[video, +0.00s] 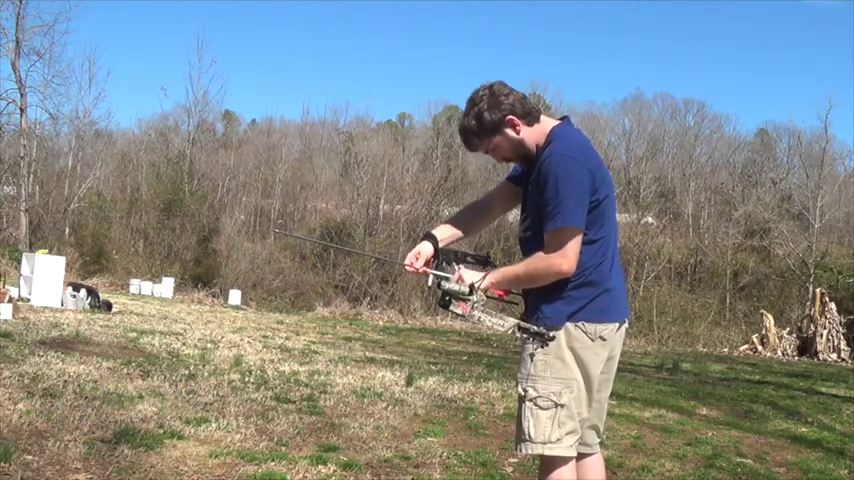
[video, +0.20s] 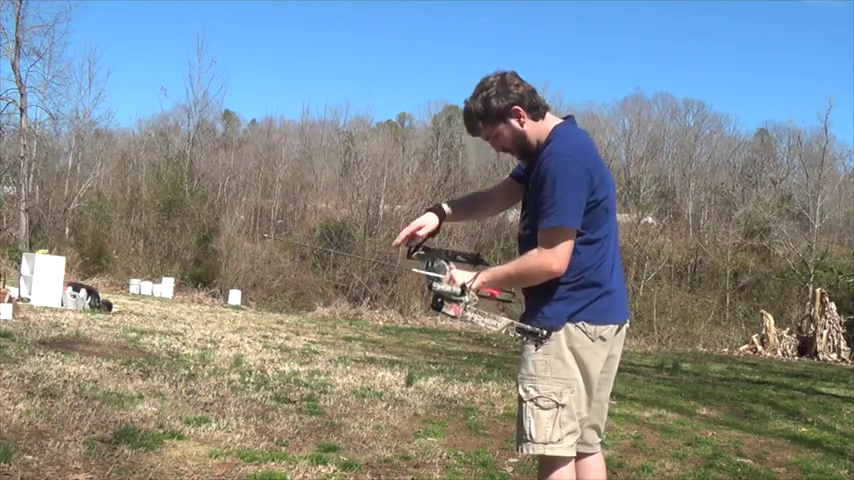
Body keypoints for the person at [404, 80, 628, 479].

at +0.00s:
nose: (496, 158)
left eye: (493, 148)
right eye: (489, 153)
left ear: (513, 123)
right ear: (516, 121)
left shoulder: (562, 157)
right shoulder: (549, 149)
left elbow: (562, 261)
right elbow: (492, 205)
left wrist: (488, 279)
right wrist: (433, 239)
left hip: (569, 319)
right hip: (590, 317)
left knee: (557, 450)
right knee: (585, 446)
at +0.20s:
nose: (495, 148)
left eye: (494, 136)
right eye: (489, 140)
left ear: (518, 116)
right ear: (520, 115)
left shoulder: (562, 155)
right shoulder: (554, 146)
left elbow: (553, 260)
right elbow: (498, 198)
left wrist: (480, 277)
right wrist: (440, 214)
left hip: (569, 320)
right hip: (593, 317)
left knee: (555, 450)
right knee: (586, 445)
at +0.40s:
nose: (494, 140)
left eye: (492, 127)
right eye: (489, 130)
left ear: (519, 108)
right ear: (525, 107)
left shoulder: (555, 153)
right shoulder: (580, 139)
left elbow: (536, 262)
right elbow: (566, 219)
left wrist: (466, 289)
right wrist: (508, 199)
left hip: (566, 317)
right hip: (604, 314)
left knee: (555, 450)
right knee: (587, 443)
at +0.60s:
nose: (492, 138)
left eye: (489, 126)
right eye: (486, 129)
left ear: (514, 107)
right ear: (522, 106)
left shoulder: (541, 152)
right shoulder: (588, 141)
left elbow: (524, 256)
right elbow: (589, 239)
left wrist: (461, 301)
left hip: (565, 317)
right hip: (609, 314)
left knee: (554, 450)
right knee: (589, 444)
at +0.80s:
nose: (497, 145)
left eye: (492, 132)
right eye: (490, 137)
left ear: (510, 109)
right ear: (527, 106)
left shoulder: (532, 151)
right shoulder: (598, 141)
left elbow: (520, 254)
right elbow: (594, 236)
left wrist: (472, 311)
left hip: (566, 316)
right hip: (618, 313)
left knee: (555, 451)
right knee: (597, 447)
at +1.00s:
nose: (502, 149)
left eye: (497, 139)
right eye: (495, 143)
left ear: (508, 113)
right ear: (544, 109)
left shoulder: (530, 150)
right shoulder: (602, 143)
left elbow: (522, 252)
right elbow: (590, 245)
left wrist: (479, 315)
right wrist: (537, 330)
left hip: (567, 315)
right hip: (622, 311)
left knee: (557, 452)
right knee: (601, 450)